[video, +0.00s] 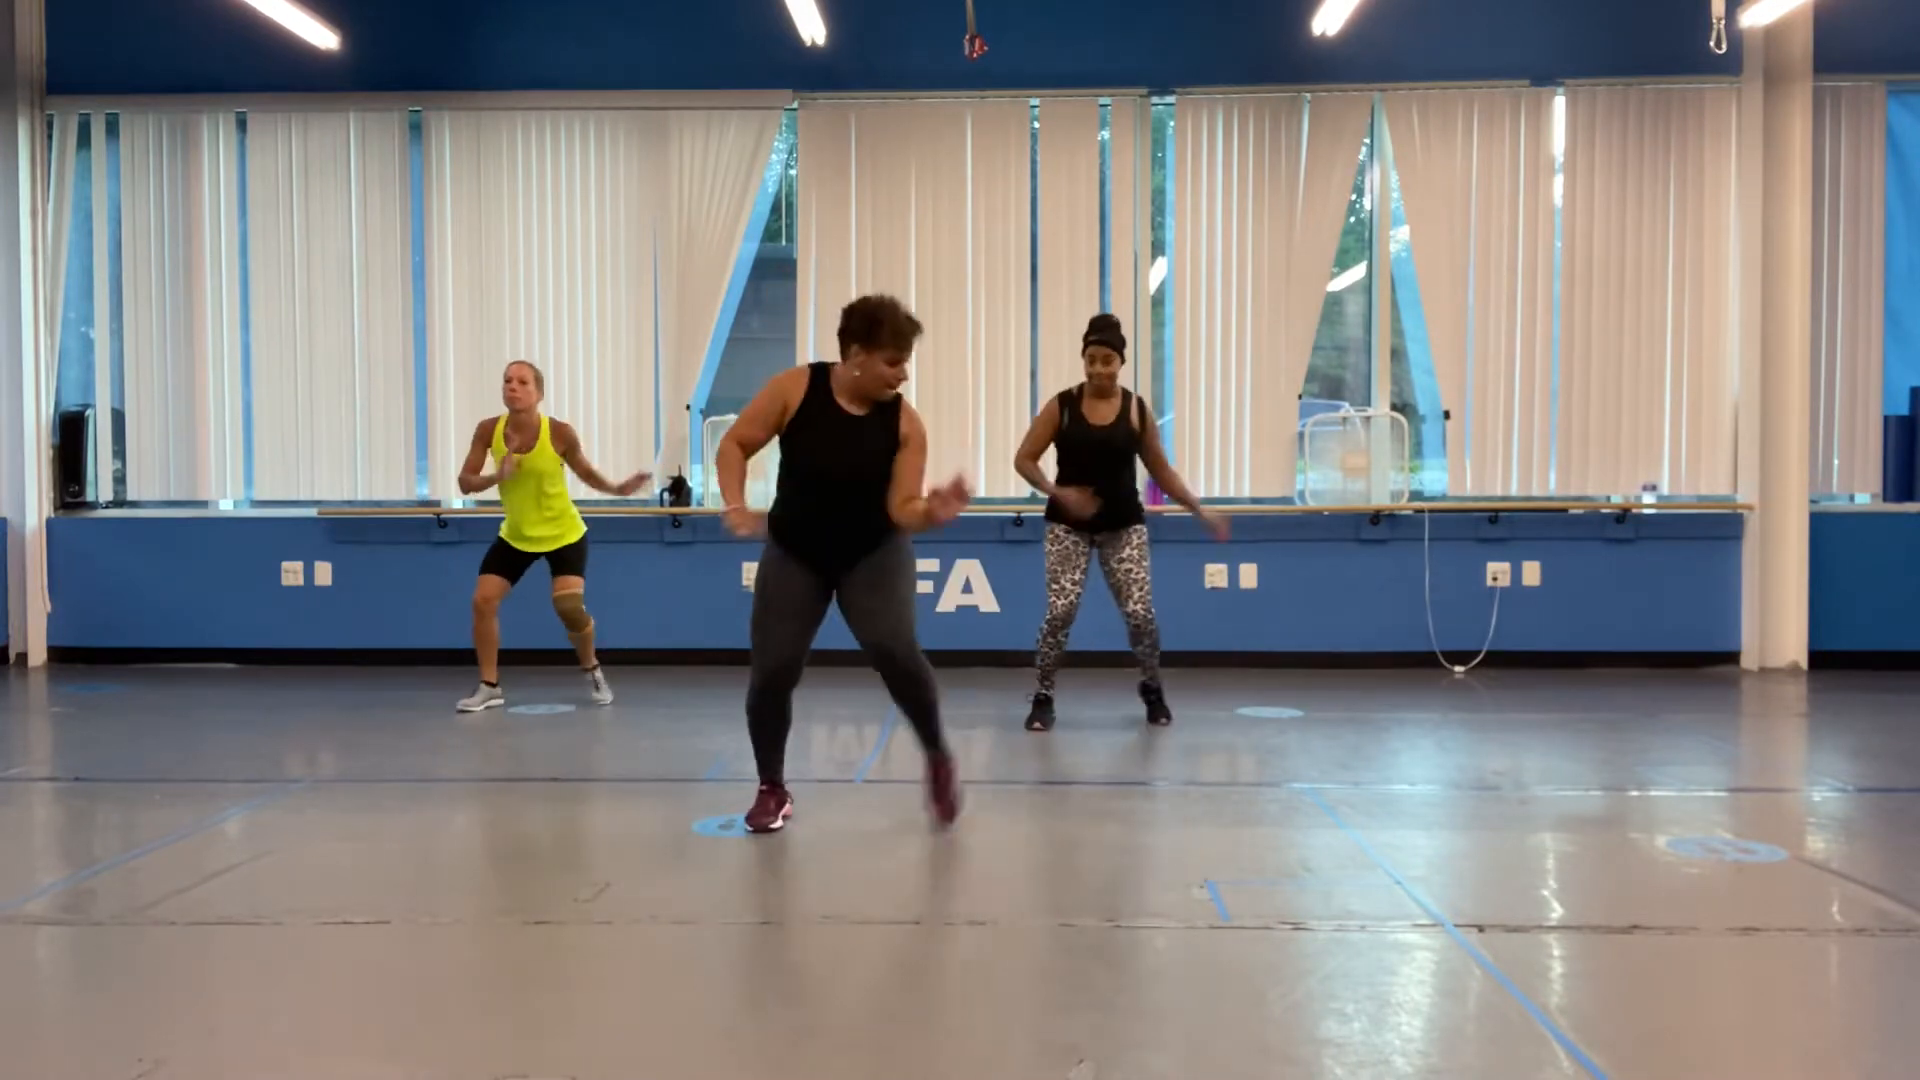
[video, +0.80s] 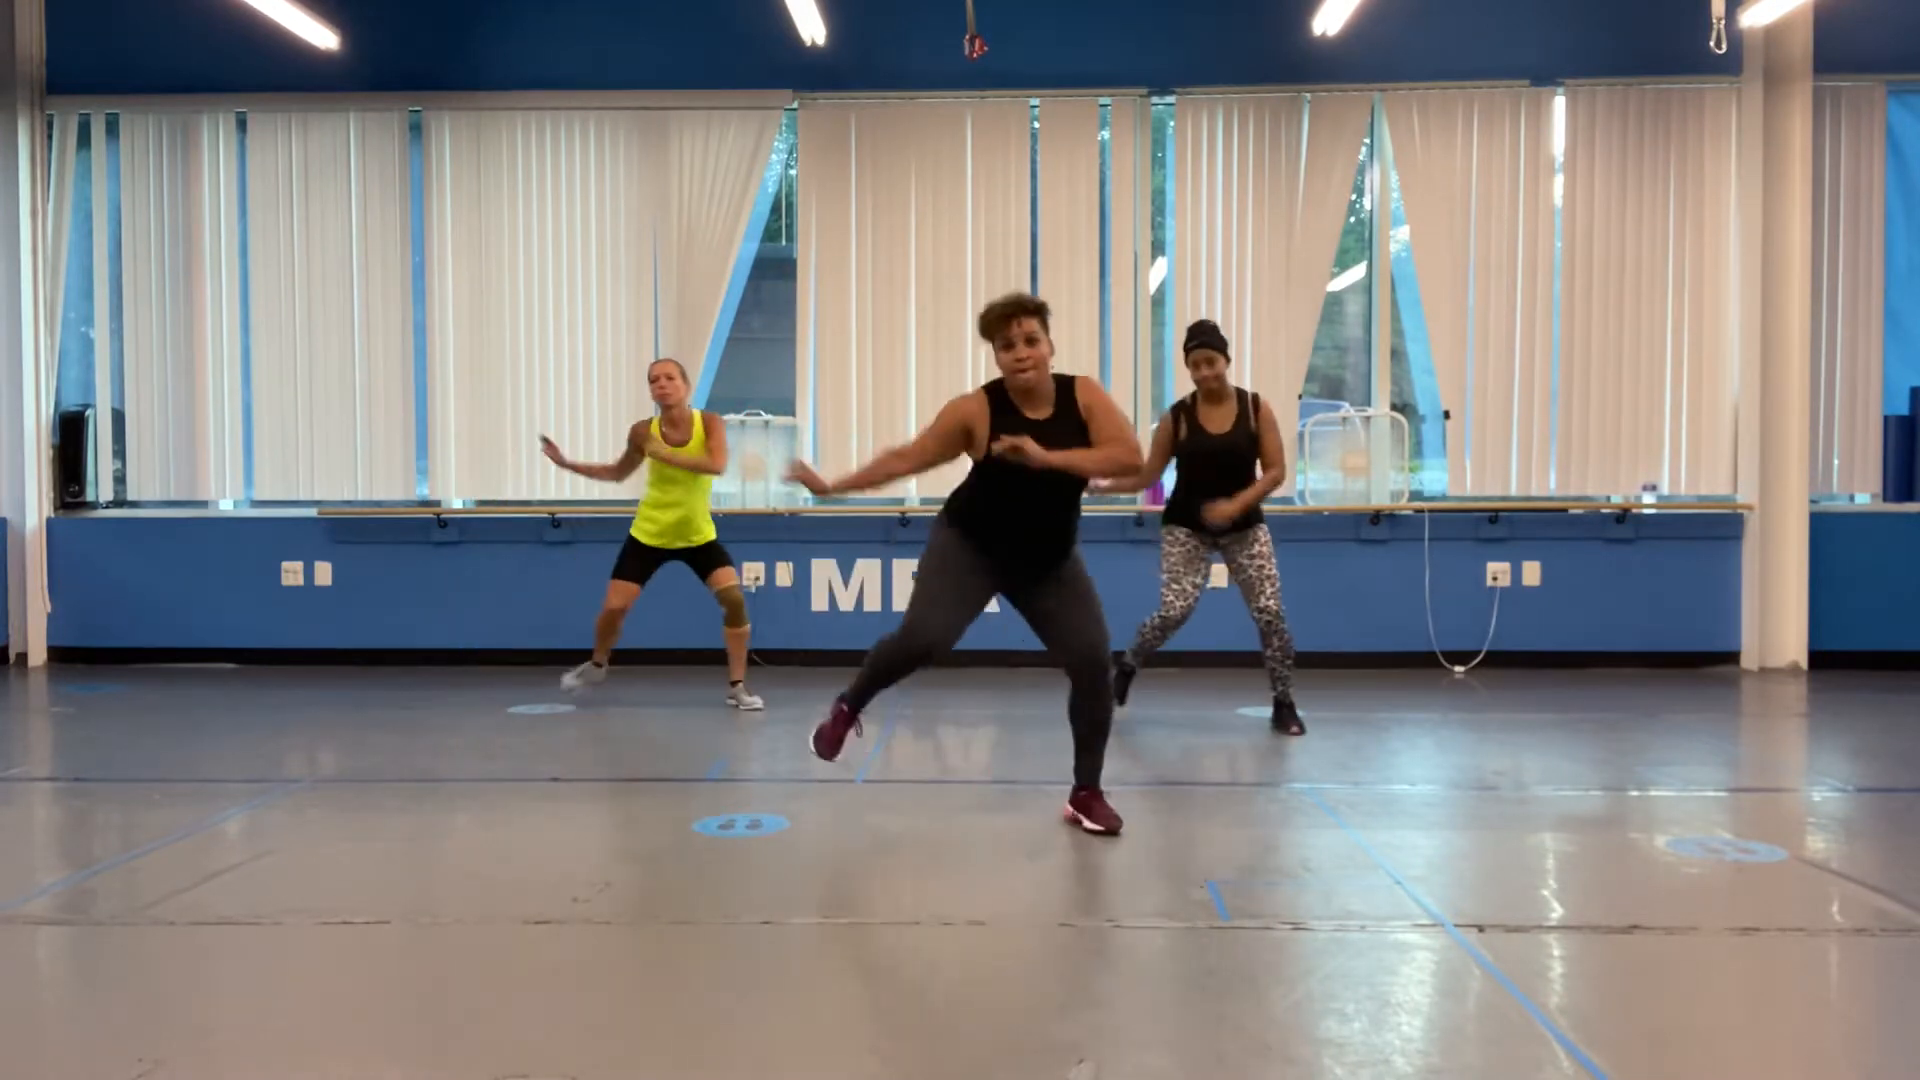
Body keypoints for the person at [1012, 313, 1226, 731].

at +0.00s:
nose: (1101, 370)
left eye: (1109, 361)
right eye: (1094, 361)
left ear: (1121, 362)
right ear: (1083, 360)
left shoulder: (1136, 410)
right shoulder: (1061, 407)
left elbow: (1161, 469)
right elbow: (1024, 460)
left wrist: (1199, 510)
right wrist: (1056, 491)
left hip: (1123, 527)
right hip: (1069, 527)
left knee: (1139, 613)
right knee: (1061, 611)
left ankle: (1152, 690)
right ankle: (1043, 697)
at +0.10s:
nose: (1110, 364)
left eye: (1118, 355)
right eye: (1103, 355)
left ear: (1132, 354)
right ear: (1094, 355)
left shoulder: (1151, 402)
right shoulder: (1075, 400)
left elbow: (1170, 466)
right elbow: (1030, 445)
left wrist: (1161, 512)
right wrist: (1011, 494)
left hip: (1132, 520)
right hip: (1077, 519)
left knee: (1162, 603)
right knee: (1070, 605)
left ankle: (1173, 684)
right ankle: (1042, 696)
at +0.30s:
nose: (1141, 362)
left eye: (1148, 353)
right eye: (1133, 354)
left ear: (1163, 350)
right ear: (1125, 354)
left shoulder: (1188, 394)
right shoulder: (1109, 397)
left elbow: (1200, 457)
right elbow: (1061, 435)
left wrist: (1138, 464)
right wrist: (1009, 442)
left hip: (1171, 516)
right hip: (1117, 514)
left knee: (1186, 608)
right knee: (1110, 600)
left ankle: (1194, 696)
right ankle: (1068, 687)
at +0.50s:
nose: (1166, 364)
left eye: (1174, 355)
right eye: (1159, 356)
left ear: (1188, 353)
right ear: (1150, 356)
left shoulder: (1208, 398)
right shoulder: (1131, 398)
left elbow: (1220, 459)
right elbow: (1085, 436)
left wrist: (1163, 455)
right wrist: (1037, 439)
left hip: (1192, 518)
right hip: (1137, 518)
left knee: (1228, 600)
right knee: (1141, 610)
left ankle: (1219, 683)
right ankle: (1118, 697)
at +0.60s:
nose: (1179, 355)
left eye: (1186, 347)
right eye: (1172, 348)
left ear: (1202, 346)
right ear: (1164, 350)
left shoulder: (1227, 393)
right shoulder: (1148, 394)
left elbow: (1237, 455)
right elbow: (1103, 431)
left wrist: (1181, 445)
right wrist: (1061, 428)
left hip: (1208, 515)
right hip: (1152, 515)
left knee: (1241, 598)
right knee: (1142, 606)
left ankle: (1261, 688)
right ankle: (1114, 694)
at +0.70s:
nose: (1194, 362)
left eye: (1201, 354)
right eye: (1186, 355)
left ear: (1217, 354)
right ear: (1179, 358)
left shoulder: (1244, 398)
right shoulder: (1166, 404)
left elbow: (1260, 458)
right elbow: (1122, 443)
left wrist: (1202, 458)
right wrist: (1080, 437)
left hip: (1230, 521)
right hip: (1173, 519)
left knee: (1257, 610)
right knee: (1153, 606)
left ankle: (1283, 702)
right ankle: (1109, 690)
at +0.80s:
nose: (1206, 372)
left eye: (1212, 362)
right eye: (1198, 365)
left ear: (1227, 361)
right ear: (1188, 369)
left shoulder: (1255, 409)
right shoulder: (1177, 418)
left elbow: (1276, 472)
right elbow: (1148, 476)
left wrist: (1235, 505)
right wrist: (1103, 484)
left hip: (1244, 527)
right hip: (1186, 529)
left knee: (1270, 613)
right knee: (1176, 609)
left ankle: (1284, 703)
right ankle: (1128, 664)